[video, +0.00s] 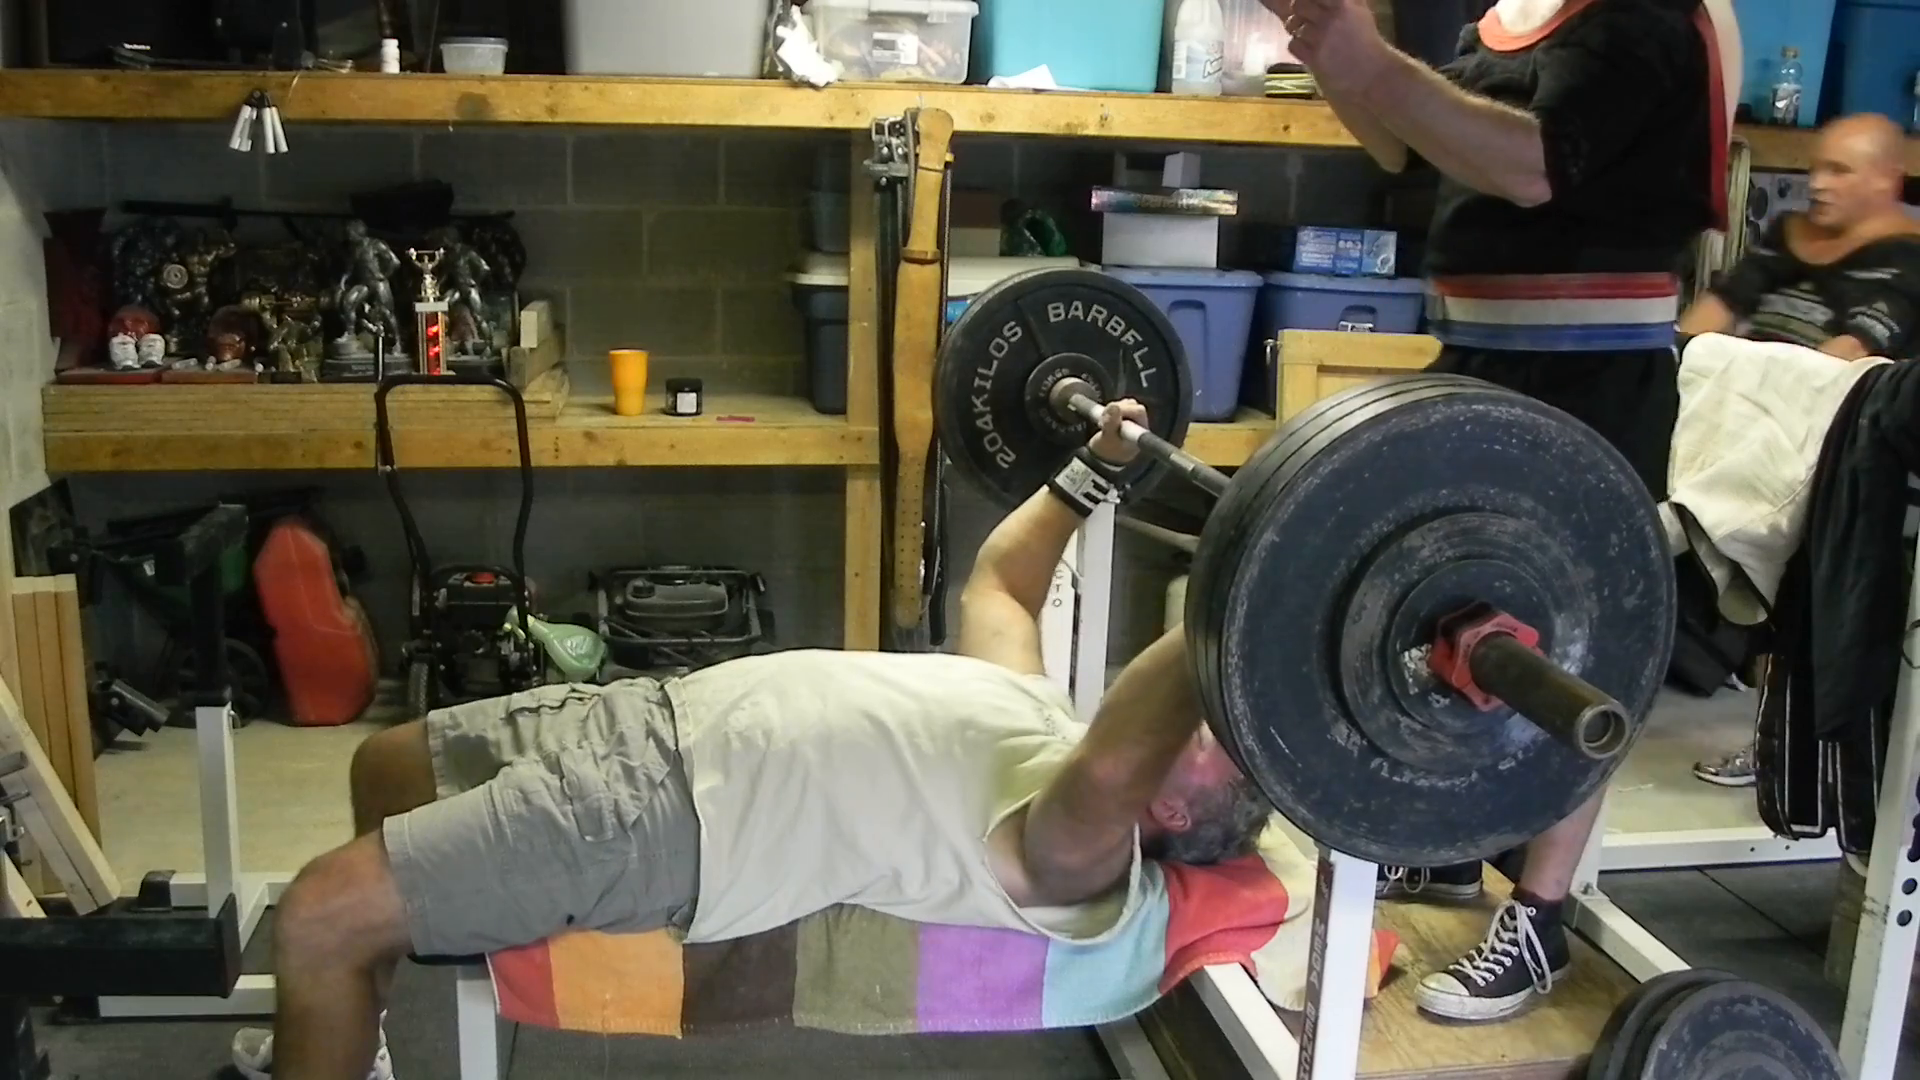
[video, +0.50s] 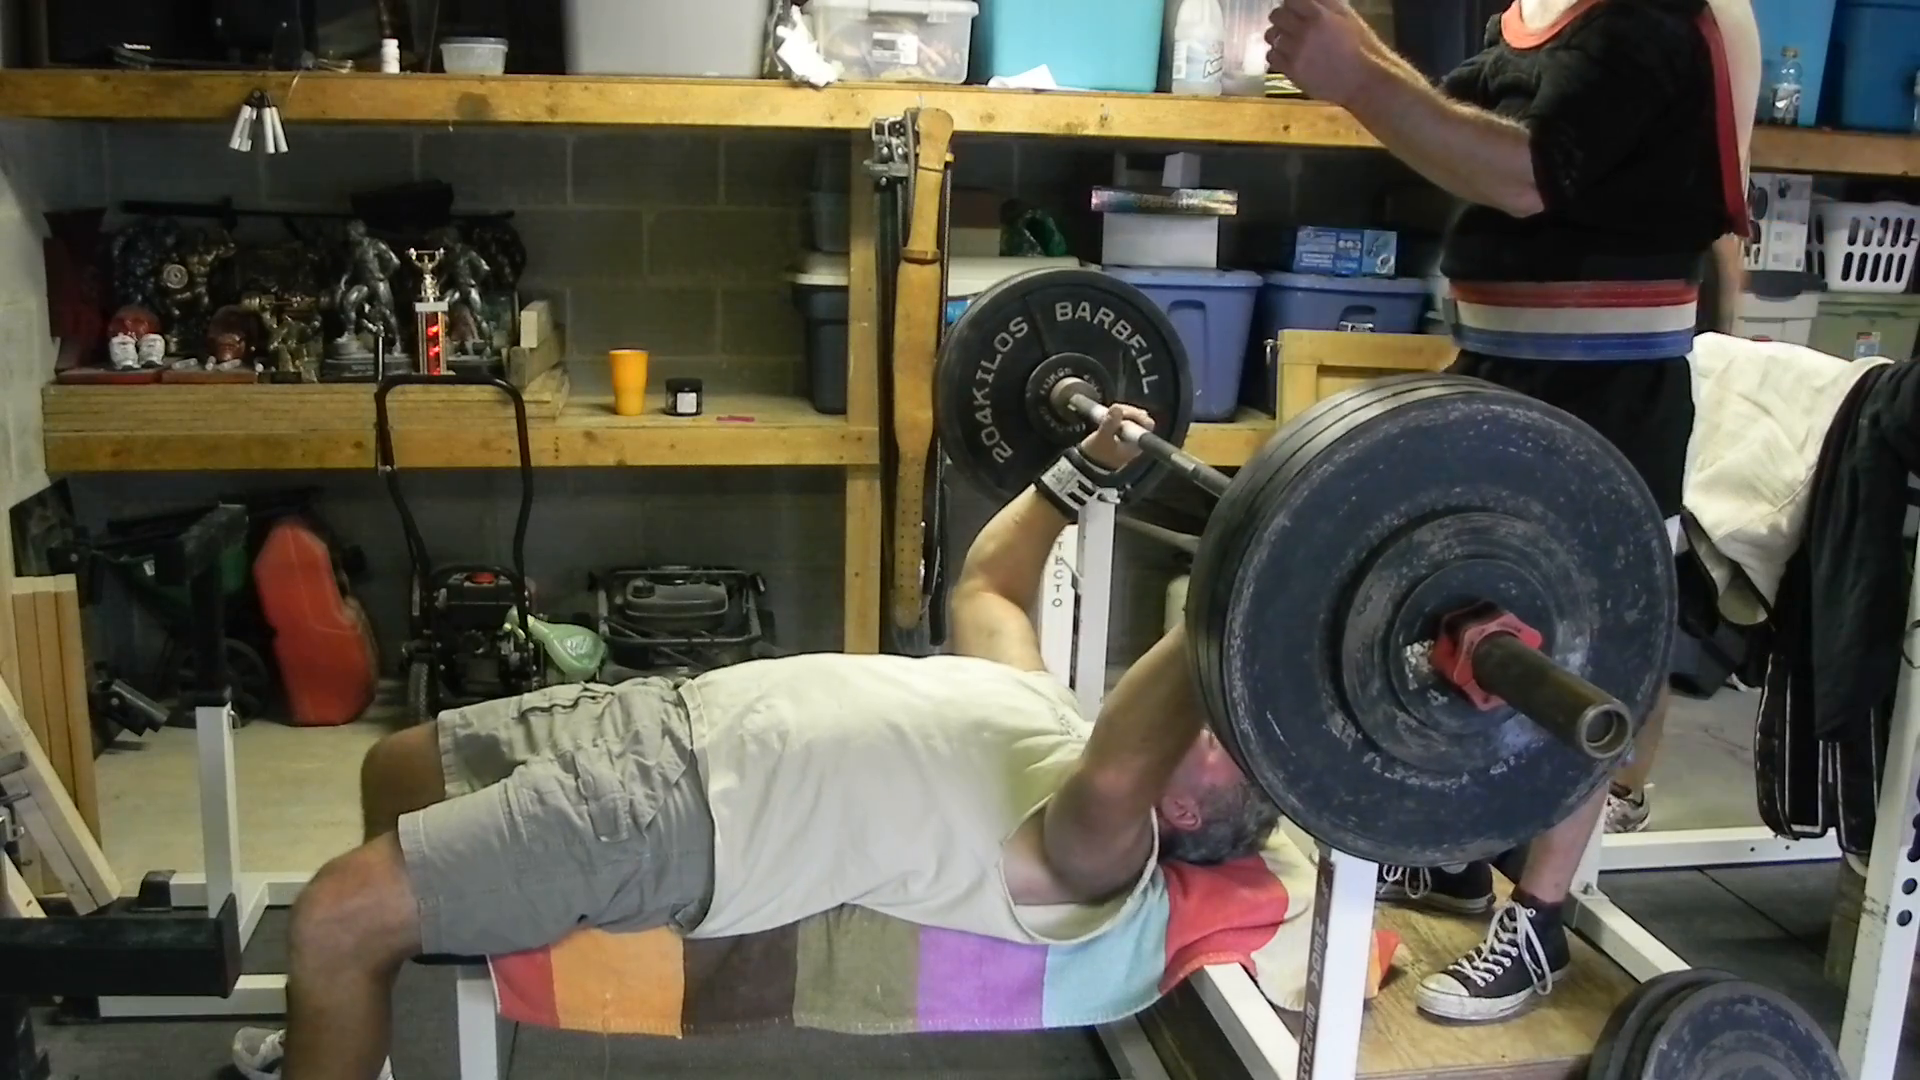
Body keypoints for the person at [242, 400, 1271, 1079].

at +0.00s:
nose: (1190, 740)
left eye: (1219, 751)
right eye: (1203, 724)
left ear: (1203, 816)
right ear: (1172, 739)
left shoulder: (1074, 861)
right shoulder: (1023, 715)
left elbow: (1128, 748)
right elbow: (1007, 581)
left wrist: (1243, 605)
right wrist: (1089, 467)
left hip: (664, 821)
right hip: (648, 712)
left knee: (318, 917)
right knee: (384, 766)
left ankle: (333, 1061)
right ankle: (373, 1007)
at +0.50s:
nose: (1191, 733)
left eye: (1223, 747)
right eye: (1209, 719)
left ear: (1215, 809)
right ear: (1182, 729)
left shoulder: (1089, 863)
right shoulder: (1029, 718)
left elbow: (1127, 759)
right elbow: (998, 584)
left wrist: (1234, 603)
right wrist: (1075, 471)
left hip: (672, 822)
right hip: (656, 714)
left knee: (340, 914)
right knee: (396, 769)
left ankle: (320, 1068)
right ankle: (434, 986)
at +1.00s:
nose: (1191, 734)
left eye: (1220, 744)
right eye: (1207, 720)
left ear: (1214, 801)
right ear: (1184, 736)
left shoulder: (1080, 853)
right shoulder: (1026, 714)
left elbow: (1143, 753)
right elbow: (1008, 588)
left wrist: (1258, 608)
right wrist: (1091, 469)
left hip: (667, 818)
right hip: (648, 709)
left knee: (325, 921)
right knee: (386, 766)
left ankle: (331, 1065)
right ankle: (407, 991)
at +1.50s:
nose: (1199, 740)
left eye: (1228, 749)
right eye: (1213, 723)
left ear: (1215, 811)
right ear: (1182, 728)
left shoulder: (1087, 860)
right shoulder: (1035, 718)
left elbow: (1135, 760)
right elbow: (1016, 582)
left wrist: (1260, 608)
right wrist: (1099, 473)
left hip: (665, 819)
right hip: (653, 711)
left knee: (328, 916)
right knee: (390, 767)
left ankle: (323, 1065)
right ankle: (390, 988)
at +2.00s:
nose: (1209, 742)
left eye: (1231, 749)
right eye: (1219, 722)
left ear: (1230, 798)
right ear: (1197, 726)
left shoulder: (1115, 825)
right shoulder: (1057, 706)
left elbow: (1147, 750)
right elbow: (1005, 573)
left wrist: (1261, 600)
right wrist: (1091, 472)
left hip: (687, 813)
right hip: (670, 709)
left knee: (343, 911)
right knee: (399, 769)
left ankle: (320, 1067)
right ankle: (376, 1011)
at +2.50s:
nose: (1187, 733)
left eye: (1221, 750)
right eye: (1207, 723)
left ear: (1214, 816)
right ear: (1183, 730)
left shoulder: (1079, 872)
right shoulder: (1033, 715)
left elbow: (1122, 769)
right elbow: (1006, 579)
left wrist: (1244, 620)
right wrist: (1104, 467)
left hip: (654, 814)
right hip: (637, 711)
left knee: (313, 913)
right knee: (383, 766)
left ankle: (330, 1061)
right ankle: (379, 1007)